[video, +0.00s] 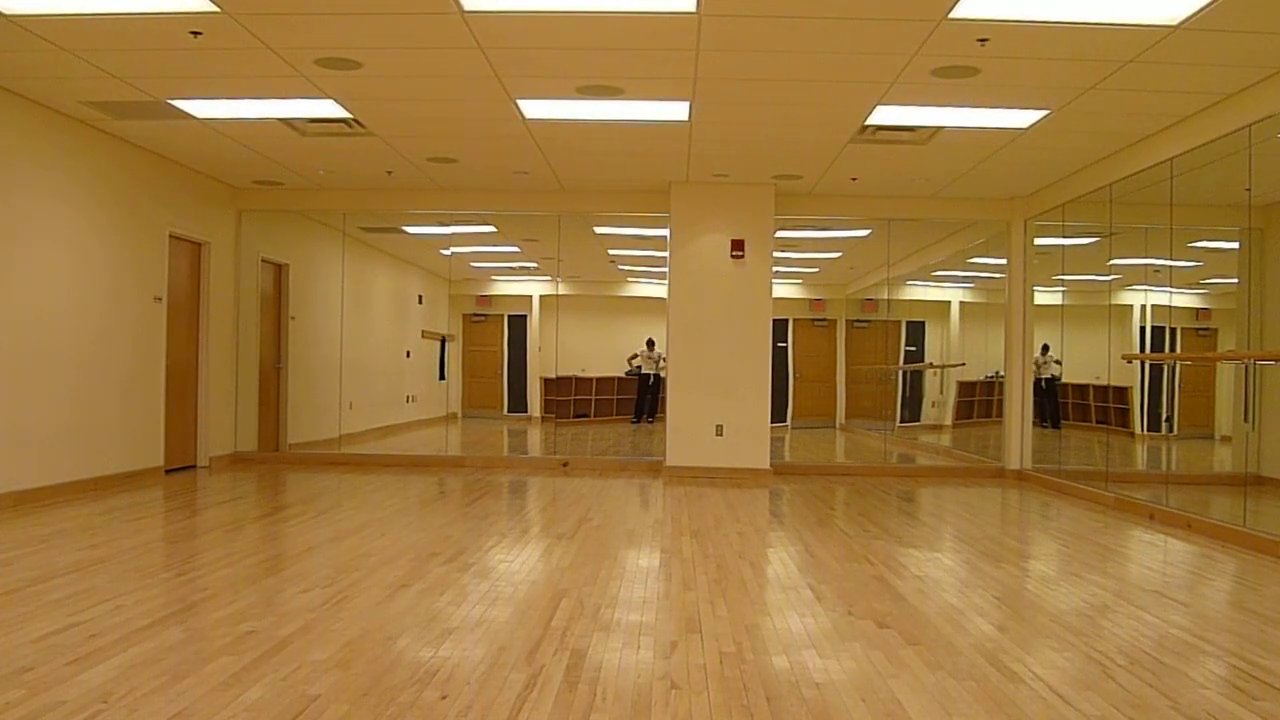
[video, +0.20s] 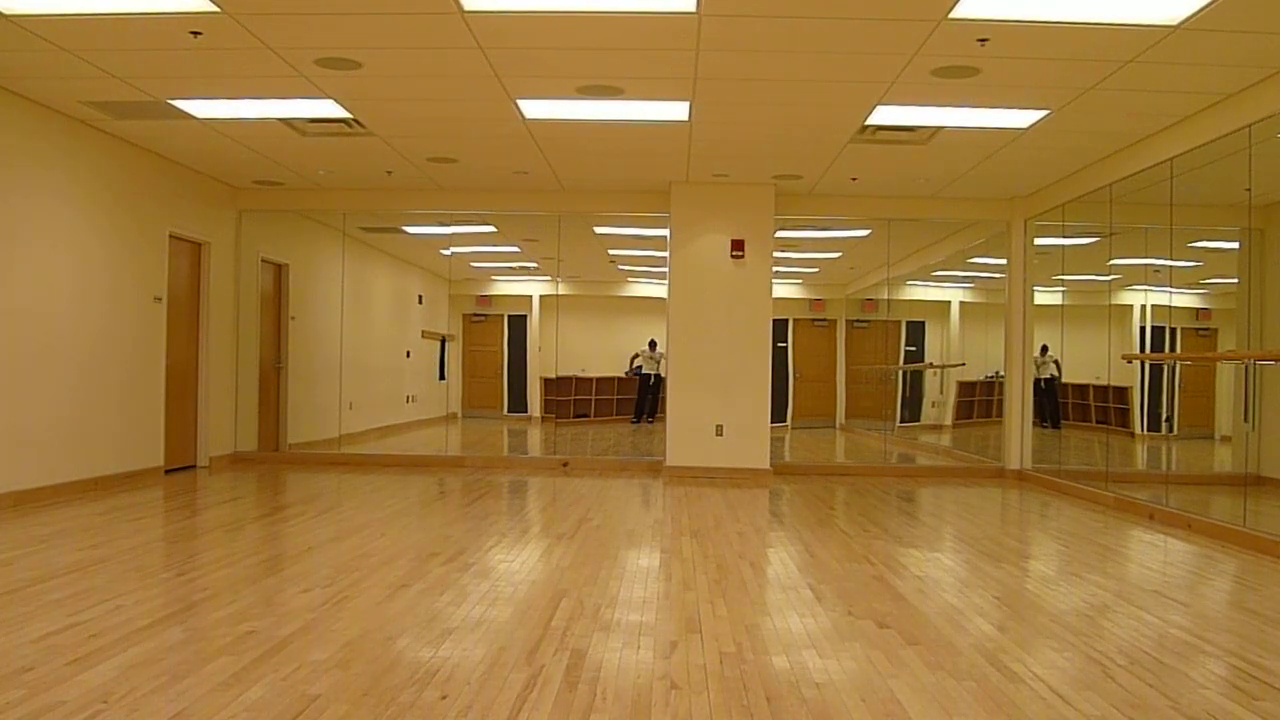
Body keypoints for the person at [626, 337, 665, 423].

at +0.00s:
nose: (650, 349)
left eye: (652, 348)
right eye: (648, 348)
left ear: (654, 346)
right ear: (646, 346)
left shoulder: (658, 353)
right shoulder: (642, 352)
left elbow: (667, 363)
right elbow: (629, 359)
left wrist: (660, 368)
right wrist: (633, 368)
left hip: (655, 374)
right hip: (644, 373)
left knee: (654, 396)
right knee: (641, 395)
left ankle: (651, 416)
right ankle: (637, 416)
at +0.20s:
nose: (652, 350)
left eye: (654, 348)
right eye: (651, 348)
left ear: (656, 347)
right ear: (648, 347)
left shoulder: (660, 354)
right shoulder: (643, 352)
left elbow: (668, 361)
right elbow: (633, 358)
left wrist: (667, 373)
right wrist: (630, 369)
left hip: (656, 374)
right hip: (645, 373)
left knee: (654, 396)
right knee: (641, 395)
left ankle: (651, 416)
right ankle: (637, 416)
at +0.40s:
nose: (653, 351)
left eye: (654, 349)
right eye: (651, 349)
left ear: (656, 348)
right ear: (649, 347)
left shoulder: (660, 354)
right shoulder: (643, 352)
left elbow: (668, 361)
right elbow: (635, 359)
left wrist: (666, 373)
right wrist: (631, 370)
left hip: (656, 374)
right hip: (646, 373)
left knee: (655, 396)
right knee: (642, 395)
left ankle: (651, 416)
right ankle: (637, 416)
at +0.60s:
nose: (653, 351)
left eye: (654, 349)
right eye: (651, 349)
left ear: (656, 348)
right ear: (648, 347)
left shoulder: (660, 354)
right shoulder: (643, 352)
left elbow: (668, 361)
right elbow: (635, 359)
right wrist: (631, 369)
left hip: (656, 374)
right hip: (645, 374)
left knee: (655, 396)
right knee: (642, 395)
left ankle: (651, 416)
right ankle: (637, 416)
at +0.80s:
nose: (652, 351)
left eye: (654, 350)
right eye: (651, 349)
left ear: (656, 348)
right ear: (649, 347)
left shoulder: (660, 354)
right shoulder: (643, 352)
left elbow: (669, 362)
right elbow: (635, 359)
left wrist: (667, 373)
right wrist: (631, 369)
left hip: (655, 373)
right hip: (645, 373)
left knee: (654, 396)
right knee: (641, 395)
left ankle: (651, 416)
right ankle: (637, 416)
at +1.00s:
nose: (652, 351)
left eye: (654, 349)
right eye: (651, 349)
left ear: (657, 348)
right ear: (649, 347)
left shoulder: (660, 354)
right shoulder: (643, 351)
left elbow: (669, 361)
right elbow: (635, 360)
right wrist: (631, 369)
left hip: (654, 373)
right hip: (643, 373)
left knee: (654, 396)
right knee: (640, 395)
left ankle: (651, 416)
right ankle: (637, 416)